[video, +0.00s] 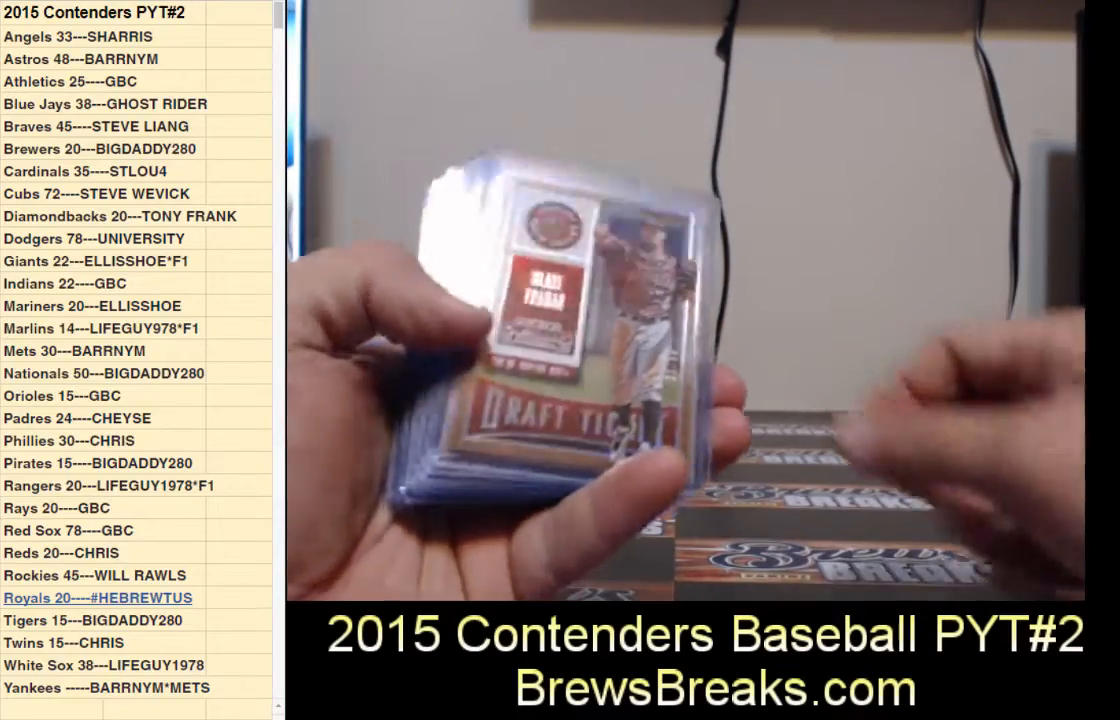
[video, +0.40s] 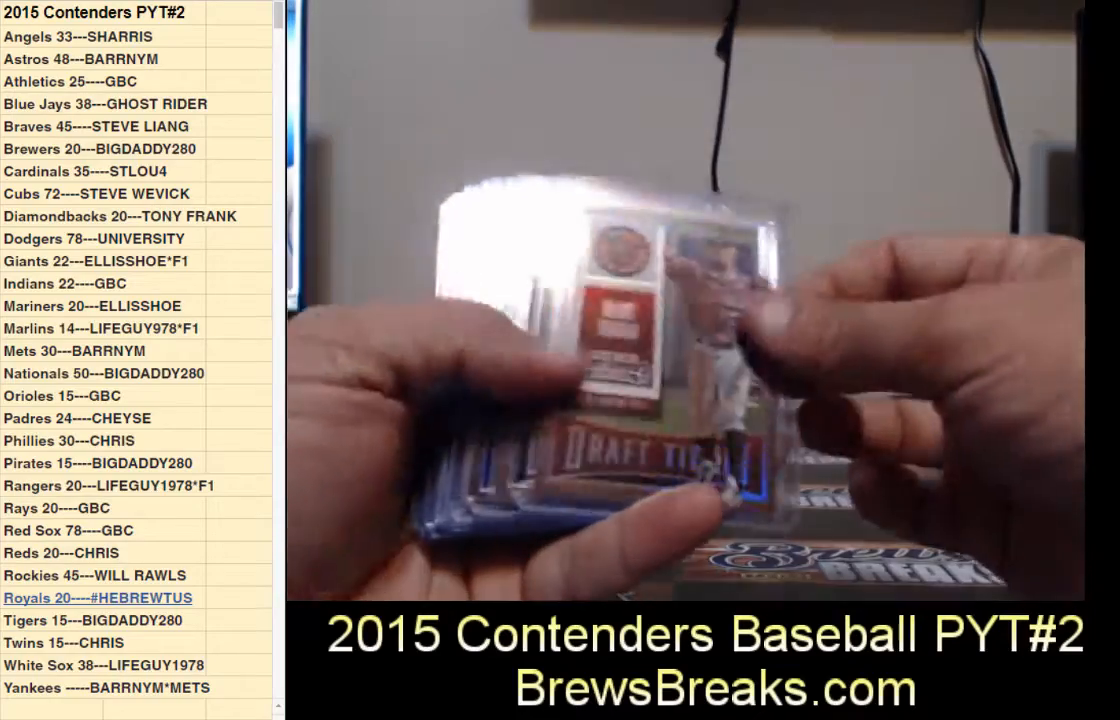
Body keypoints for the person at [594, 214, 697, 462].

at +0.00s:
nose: (649, 234)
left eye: (655, 230)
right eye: (646, 229)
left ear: (664, 235)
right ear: (640, 232)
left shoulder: (672, 265)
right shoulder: (628, 254)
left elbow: (683, 296)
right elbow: (604, 241)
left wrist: (690, 283)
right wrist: (604, 238)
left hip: (658, 323)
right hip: (627, 321)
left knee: (652, 386)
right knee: (623, 383)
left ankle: (648, 443)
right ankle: (623, 436)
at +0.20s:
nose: (672, 235)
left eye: (677, 229)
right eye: (667, 228)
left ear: (686, 233)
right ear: (659, 231)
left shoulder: (695, 263)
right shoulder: (648, 257)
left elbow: (711, 296)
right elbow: (622, 246)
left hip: (685, 328)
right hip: (654, 328)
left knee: (680, 393)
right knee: (650, 393)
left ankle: (681, 454)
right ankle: (653, 452)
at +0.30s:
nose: (702, 252)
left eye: (708, 247)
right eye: (698, 245)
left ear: (714, 249)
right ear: (691, 247)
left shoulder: (723, 275)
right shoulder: (675, 267)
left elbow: (735, 307)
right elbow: (645, 257)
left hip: (714, 340)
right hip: (682, 339)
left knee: (709, 403)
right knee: (679, 400)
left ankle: (710, 462)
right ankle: (682, 457)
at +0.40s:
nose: (723, 272)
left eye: (729, 266)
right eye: (716, 266)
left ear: (736, 262)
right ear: (706, 261)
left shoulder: (743, 284)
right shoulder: (695, 279)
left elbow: (772, 295)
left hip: (734, 352)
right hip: (704, 351)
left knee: (733, 417)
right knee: (704, 418)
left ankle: (734, 479)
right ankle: (709, 474)